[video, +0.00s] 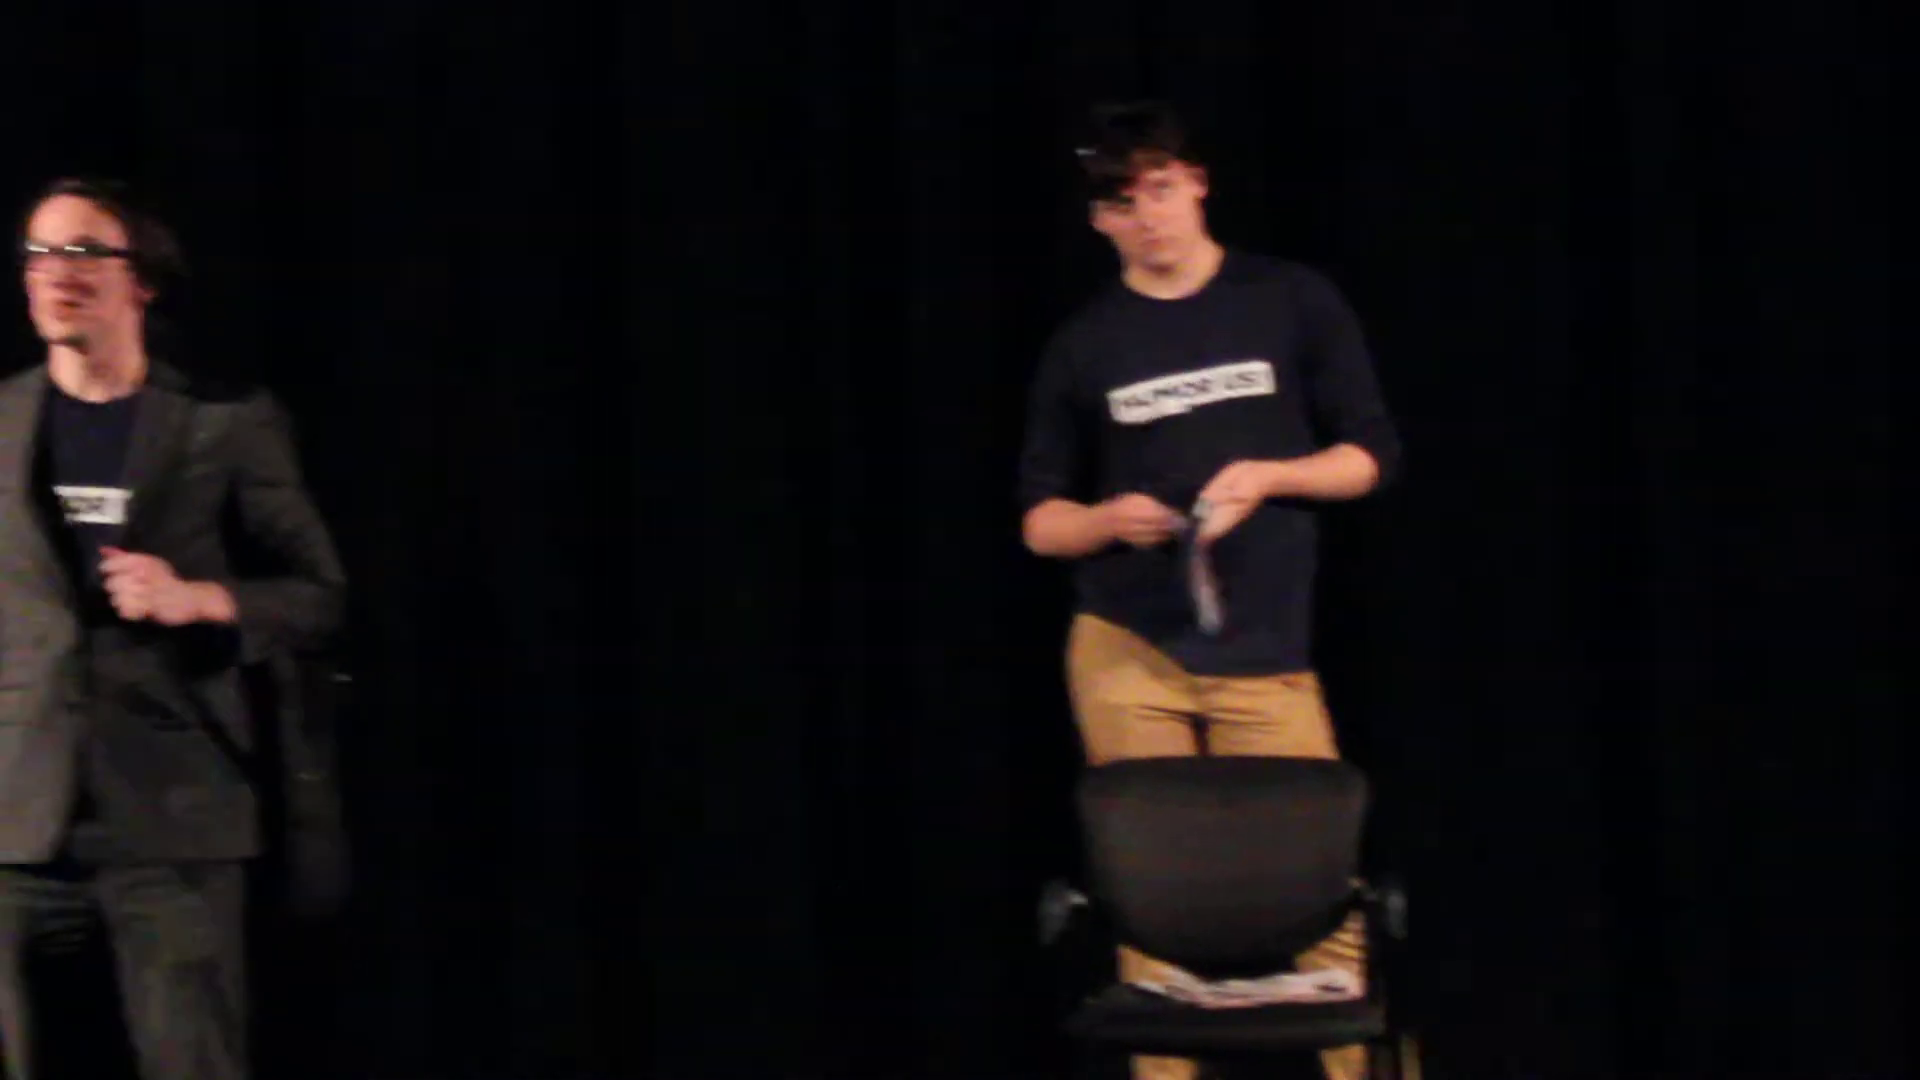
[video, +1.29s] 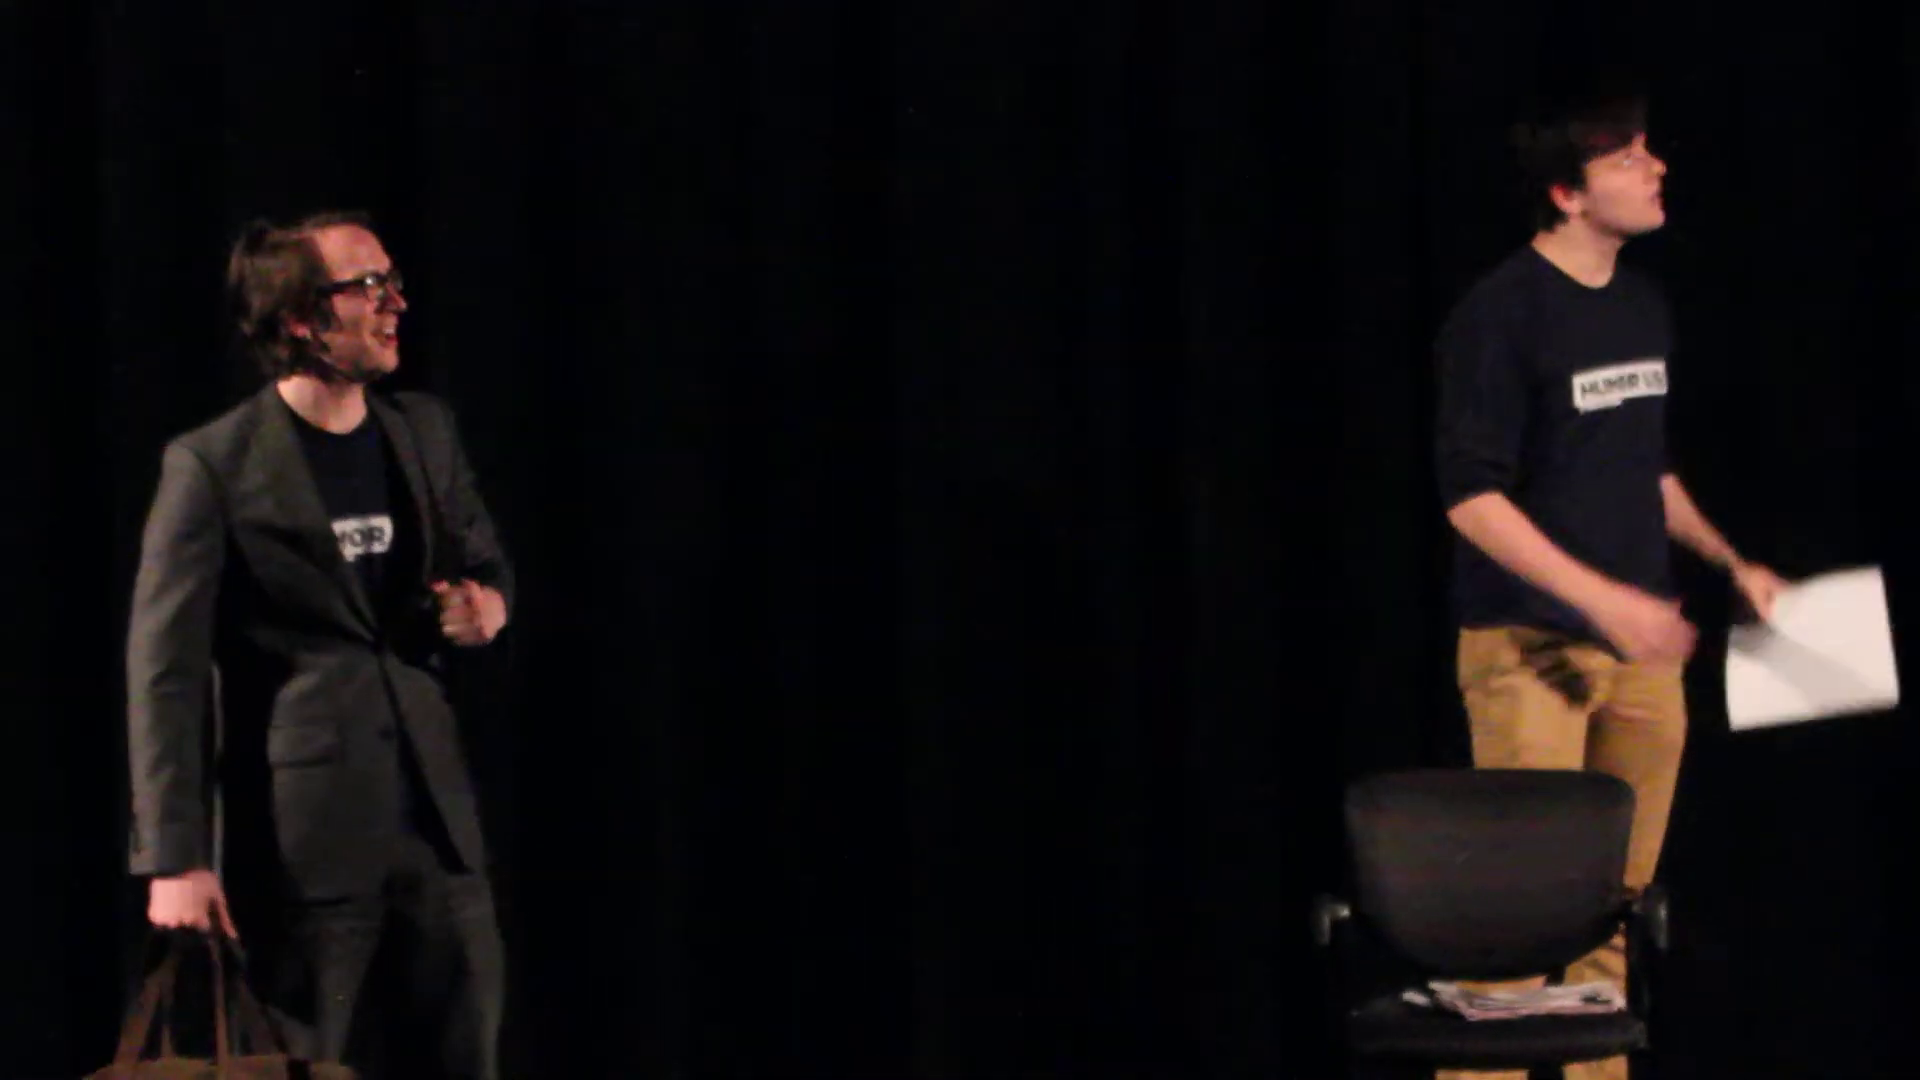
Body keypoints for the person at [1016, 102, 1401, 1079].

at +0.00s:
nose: (1148, 214)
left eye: (1162, 188)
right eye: (1124, 199)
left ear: (1201, 188)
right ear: (1100, 222)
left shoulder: (1294, 305)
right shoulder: (1082, 347)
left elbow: (1372, 455)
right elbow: (1038, 524)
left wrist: (1269, 476)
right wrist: (1107, 518)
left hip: (1266, 654)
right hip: (1127, 656)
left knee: (1317, 889)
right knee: (1156, 894)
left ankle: (1357, 1069)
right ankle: (1164, 1078)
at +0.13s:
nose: (1298, 217)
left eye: (1311, 193)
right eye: (1272, 201)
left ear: (1340, 200)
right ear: (1235, 223)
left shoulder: (1425, 318)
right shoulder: (1210, 353)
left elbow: (1496, 471)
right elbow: (1161, 529)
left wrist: (1389, 491)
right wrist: (1254, 522)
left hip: (1397, 662)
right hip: (1258, 664)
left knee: (1443, 894)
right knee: (1286, 902)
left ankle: (1477, 1072)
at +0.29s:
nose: (1415, 217)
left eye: (1429, 195)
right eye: (1389, 199)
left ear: (1448, 205)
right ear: (1340, 217)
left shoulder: (1515, 326)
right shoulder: (1299, 358)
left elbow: (1586, 478)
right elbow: (1251, 533)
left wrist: (1492, 531)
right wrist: (1356, 553)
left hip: (1492, 669)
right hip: (1351, 674)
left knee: (1534, 904)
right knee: (1376, 912)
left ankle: (1563, 1072)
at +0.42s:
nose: (1489, 217)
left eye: (1500, 198)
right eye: (1464, 198)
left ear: (1511, 206)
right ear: (1405, 211)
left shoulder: (1559, 331)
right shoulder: (1345, 356)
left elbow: (1609, 495)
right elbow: (1313, 534)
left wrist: (1572, 633)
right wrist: (1405, 640)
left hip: (1538, 661)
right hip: (1400, 669)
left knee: (1584, 902)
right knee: (1423, 917)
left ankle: (1633, 1070)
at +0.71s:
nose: (1633, 198)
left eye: (1629, 177)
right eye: (1614, 177)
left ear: (1566, 195)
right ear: (1551, 190)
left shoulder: (1618, 330)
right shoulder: (1446, 332)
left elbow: (1666, 491)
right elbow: (1394, 517)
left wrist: (1733, 624)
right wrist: (1402, 690)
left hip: (1621, 663)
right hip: (1493, 665)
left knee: (1669, 902)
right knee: (1491, 923)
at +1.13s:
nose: (1668, 171)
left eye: (1659, 153)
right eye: (1648, 156)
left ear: (1611, 180)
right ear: (1596, 181)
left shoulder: (1622, 315)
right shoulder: (1499, 314)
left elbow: (1611, 499)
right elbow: (1468, 501)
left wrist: (1662, 627)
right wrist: (1508, 667)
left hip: (1634, 652)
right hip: (1529, 650)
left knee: (1611, 913)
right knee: (1517, 912)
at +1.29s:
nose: (1655, 170)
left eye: (1648, 153)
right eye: (1626, 161)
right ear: (1567, 197)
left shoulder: (1642, 304)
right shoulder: (1498, 312)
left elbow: (1646, 473)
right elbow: (1469, 500)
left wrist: (1733, 565)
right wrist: (1610, 602)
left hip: (1641, 642)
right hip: (1523, 644)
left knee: (1615, 908)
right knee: (1520, 905)